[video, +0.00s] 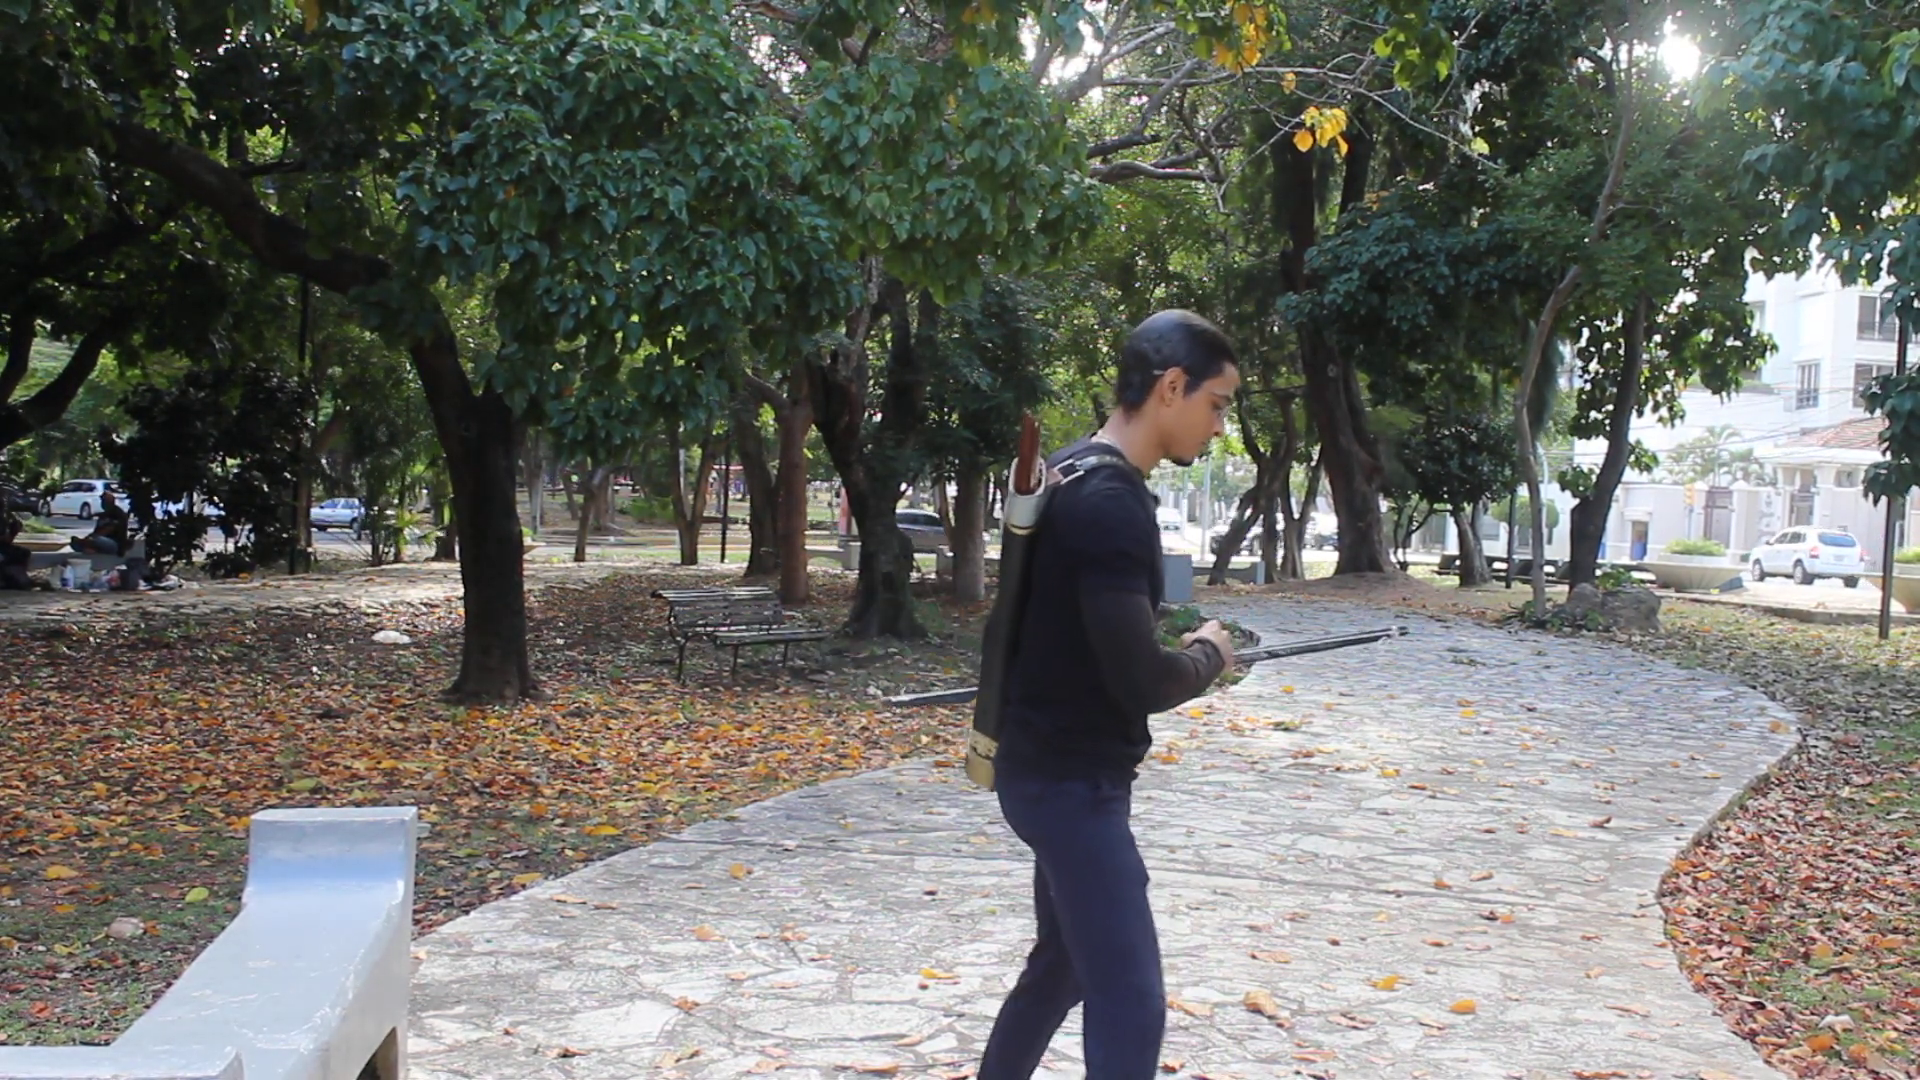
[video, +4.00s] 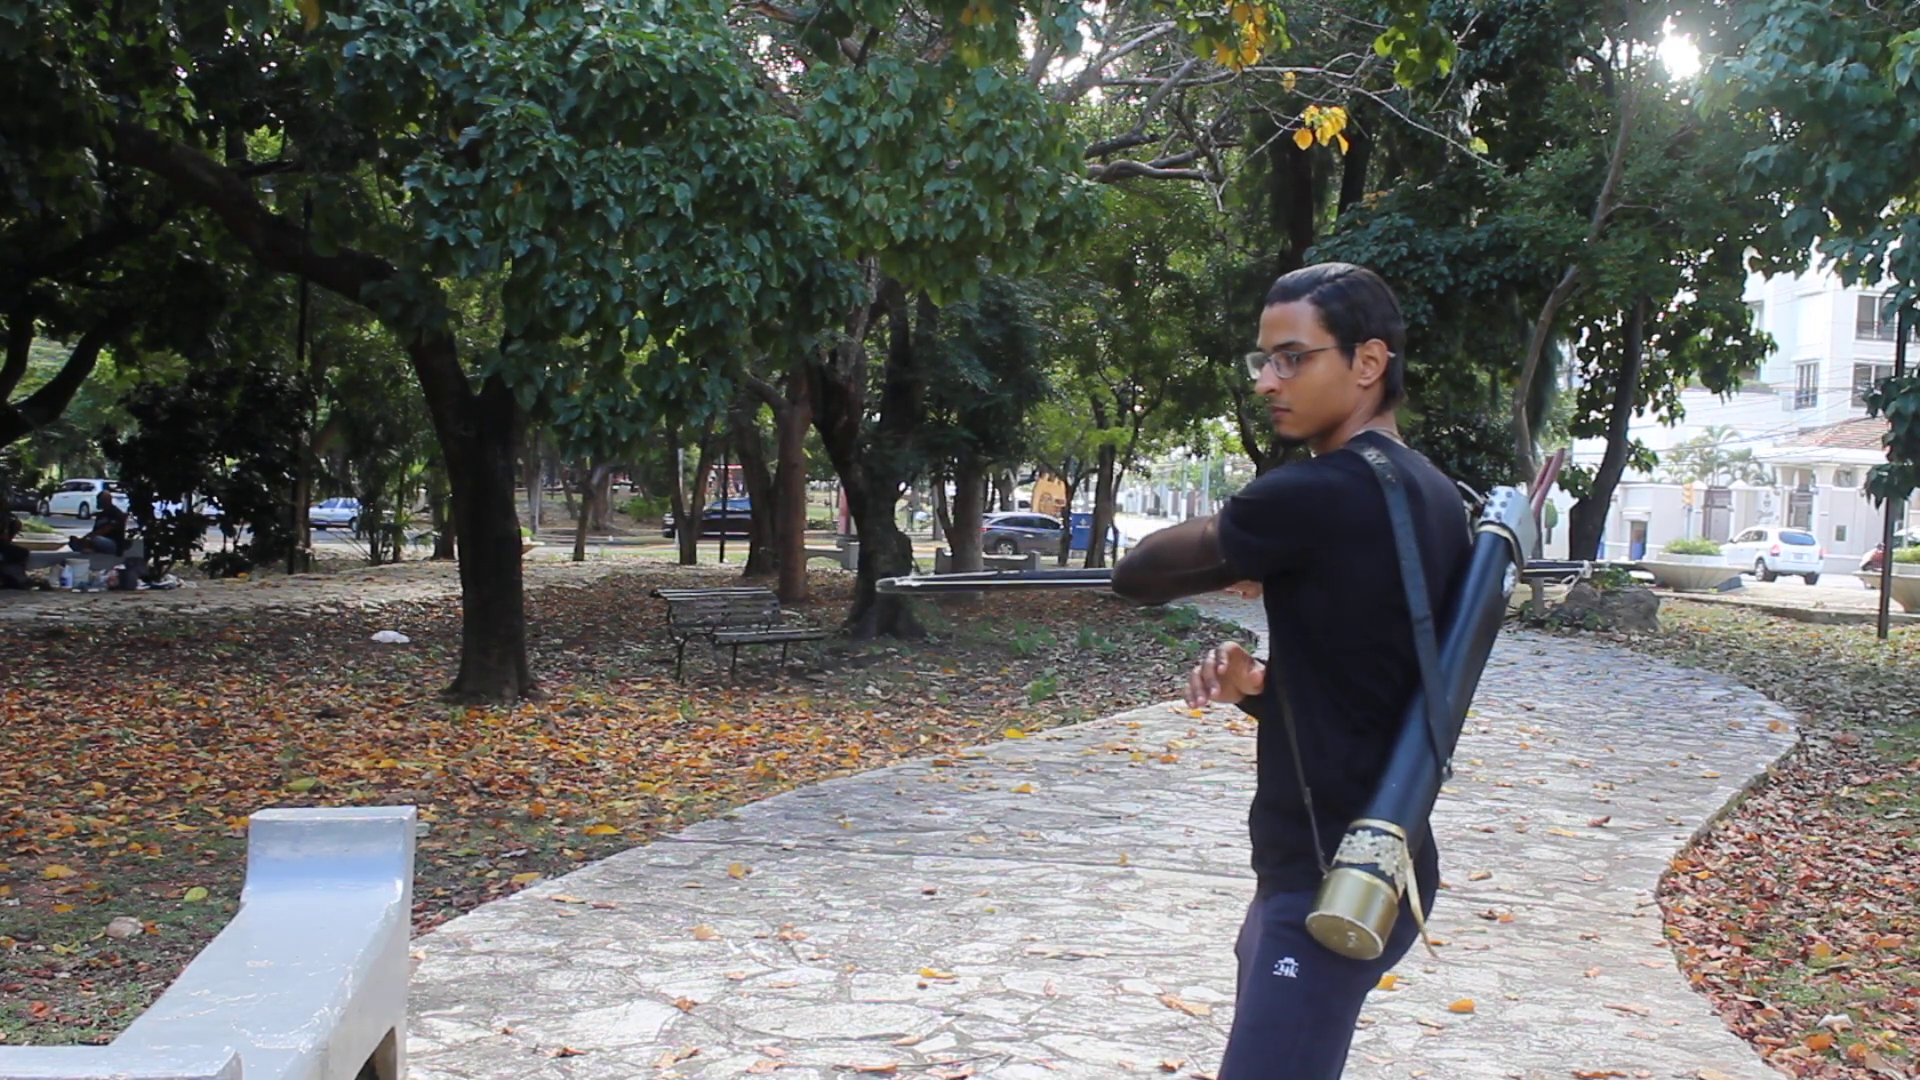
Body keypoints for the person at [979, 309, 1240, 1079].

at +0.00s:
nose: (1221, 428)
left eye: (1226, 410)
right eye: (1218, 405)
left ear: (1158, 389)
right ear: (1167, 388)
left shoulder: (1079, 474)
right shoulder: (1110, 499)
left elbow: (1072, 640)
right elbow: (1141, 681)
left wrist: (1177, 643)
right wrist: (1208, 655)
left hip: (1057, 778)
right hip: (1074, 788)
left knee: (1057, 969)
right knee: (1130, 1001)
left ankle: (995, 1073)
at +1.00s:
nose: (1190, 393)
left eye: (1192, 375)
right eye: (1176, 372)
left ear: (1111, 377)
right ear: (1116, 372)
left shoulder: (1029, 456)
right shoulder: (1137, 494)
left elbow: (958, 554)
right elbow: (1225, 630)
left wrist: (907, 599)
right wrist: (1161, 565)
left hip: (1021, 747)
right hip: (1068, 765)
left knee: (1006, 959)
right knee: (1102, 997)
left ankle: (968, 1071)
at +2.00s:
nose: (1214, 417)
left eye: (1225, 395)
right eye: (1191, 395)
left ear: (1236, 394)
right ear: (1136, 395)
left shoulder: (1167, 505)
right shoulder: (1103, 513)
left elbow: (1162, 654)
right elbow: (1187, 689)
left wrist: (1215, 647)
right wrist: (1250, 646)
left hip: (1158, 803)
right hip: (1079, 806)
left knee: (1146, 1025)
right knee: (1155, 1047)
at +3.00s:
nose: (1227, 367)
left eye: (1253, 344)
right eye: (1224, 348)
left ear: (1329, 355)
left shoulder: (1309, 464)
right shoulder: (1369, 479)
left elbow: (1150, 506)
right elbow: (1332, 714)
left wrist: (1055, 515)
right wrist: (1227, 684)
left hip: (1325, 878)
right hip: (1280, 866)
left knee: (1264, 1068)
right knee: (1224, 1063)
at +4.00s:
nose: (1264, 381)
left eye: (1290, 358)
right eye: (1263, 359)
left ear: (1369, 364)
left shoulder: (1317, 492)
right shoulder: (1437, 495)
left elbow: (1135, 572)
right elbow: (1390, 684)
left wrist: (1244, 561)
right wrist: (1263, 681)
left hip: (1318, 884)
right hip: (1377, 870)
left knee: (1264, 1066)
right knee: (1268, 1057)